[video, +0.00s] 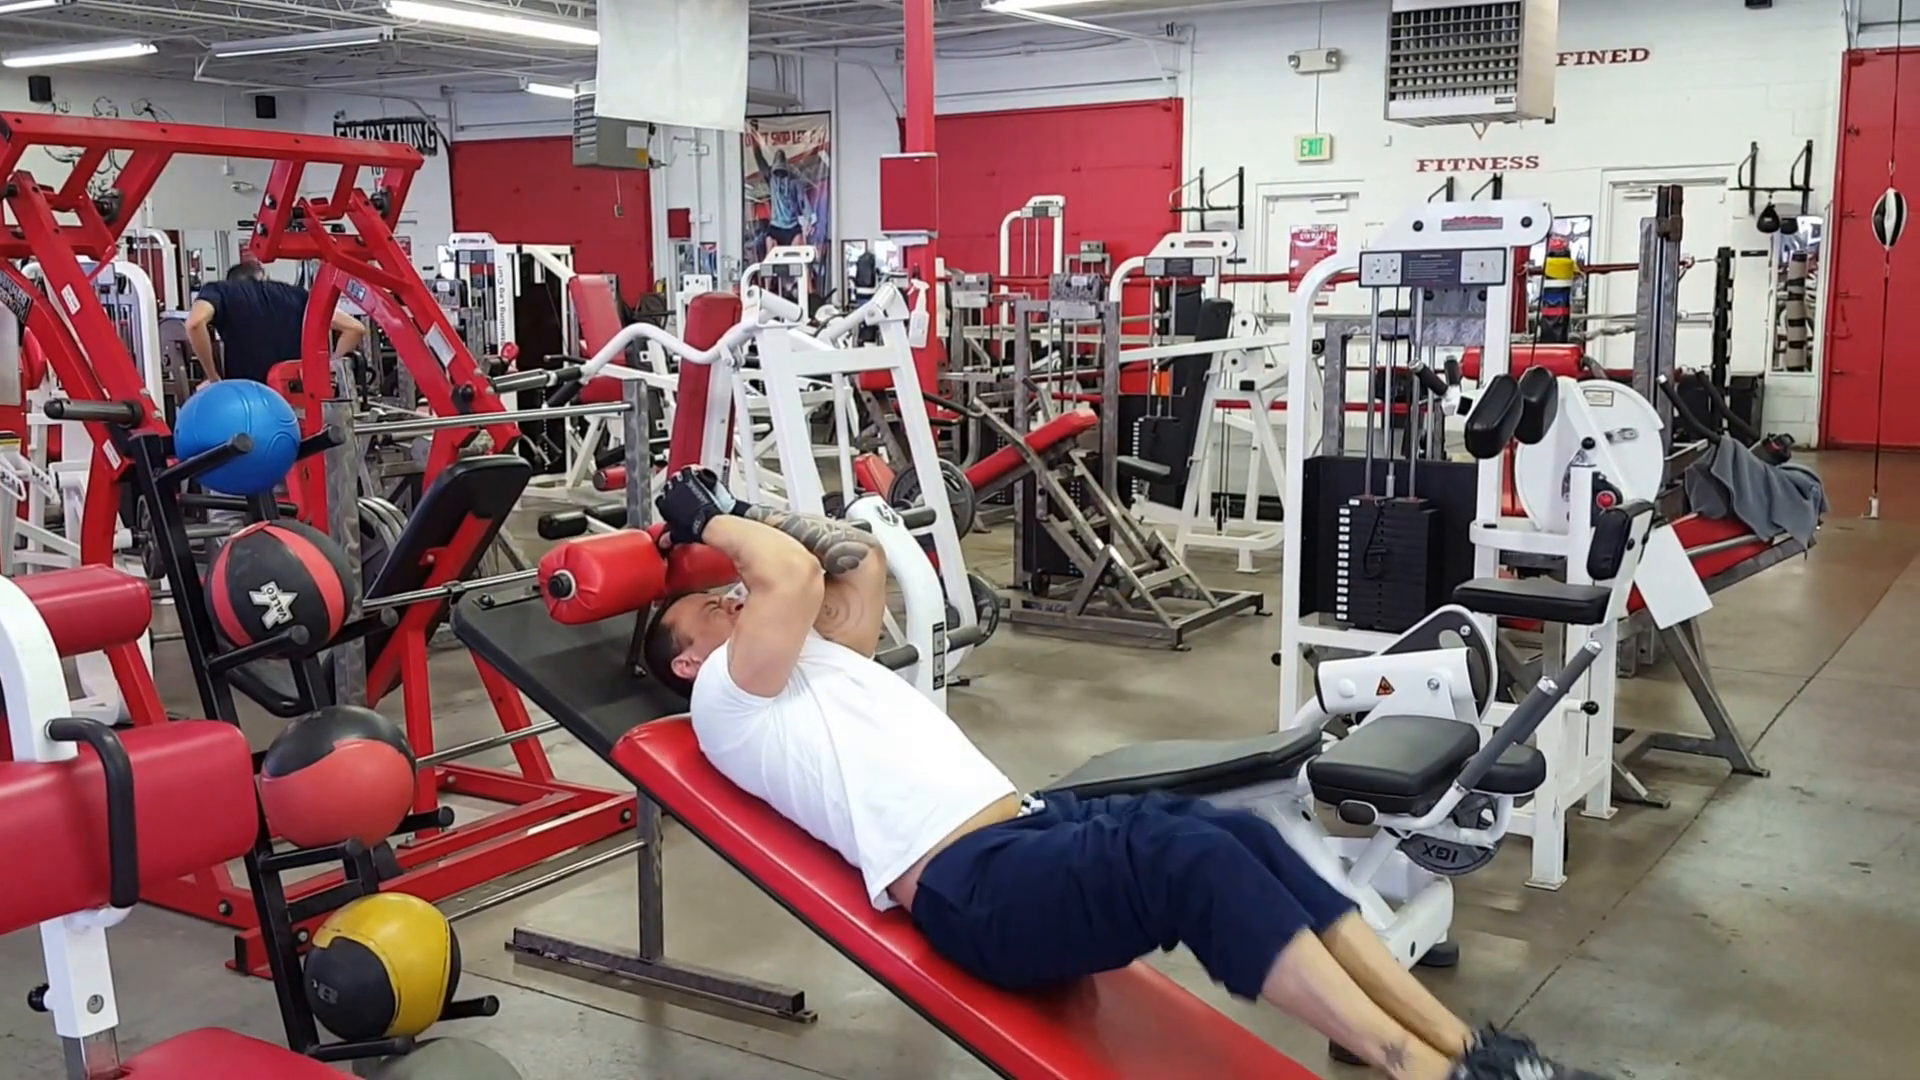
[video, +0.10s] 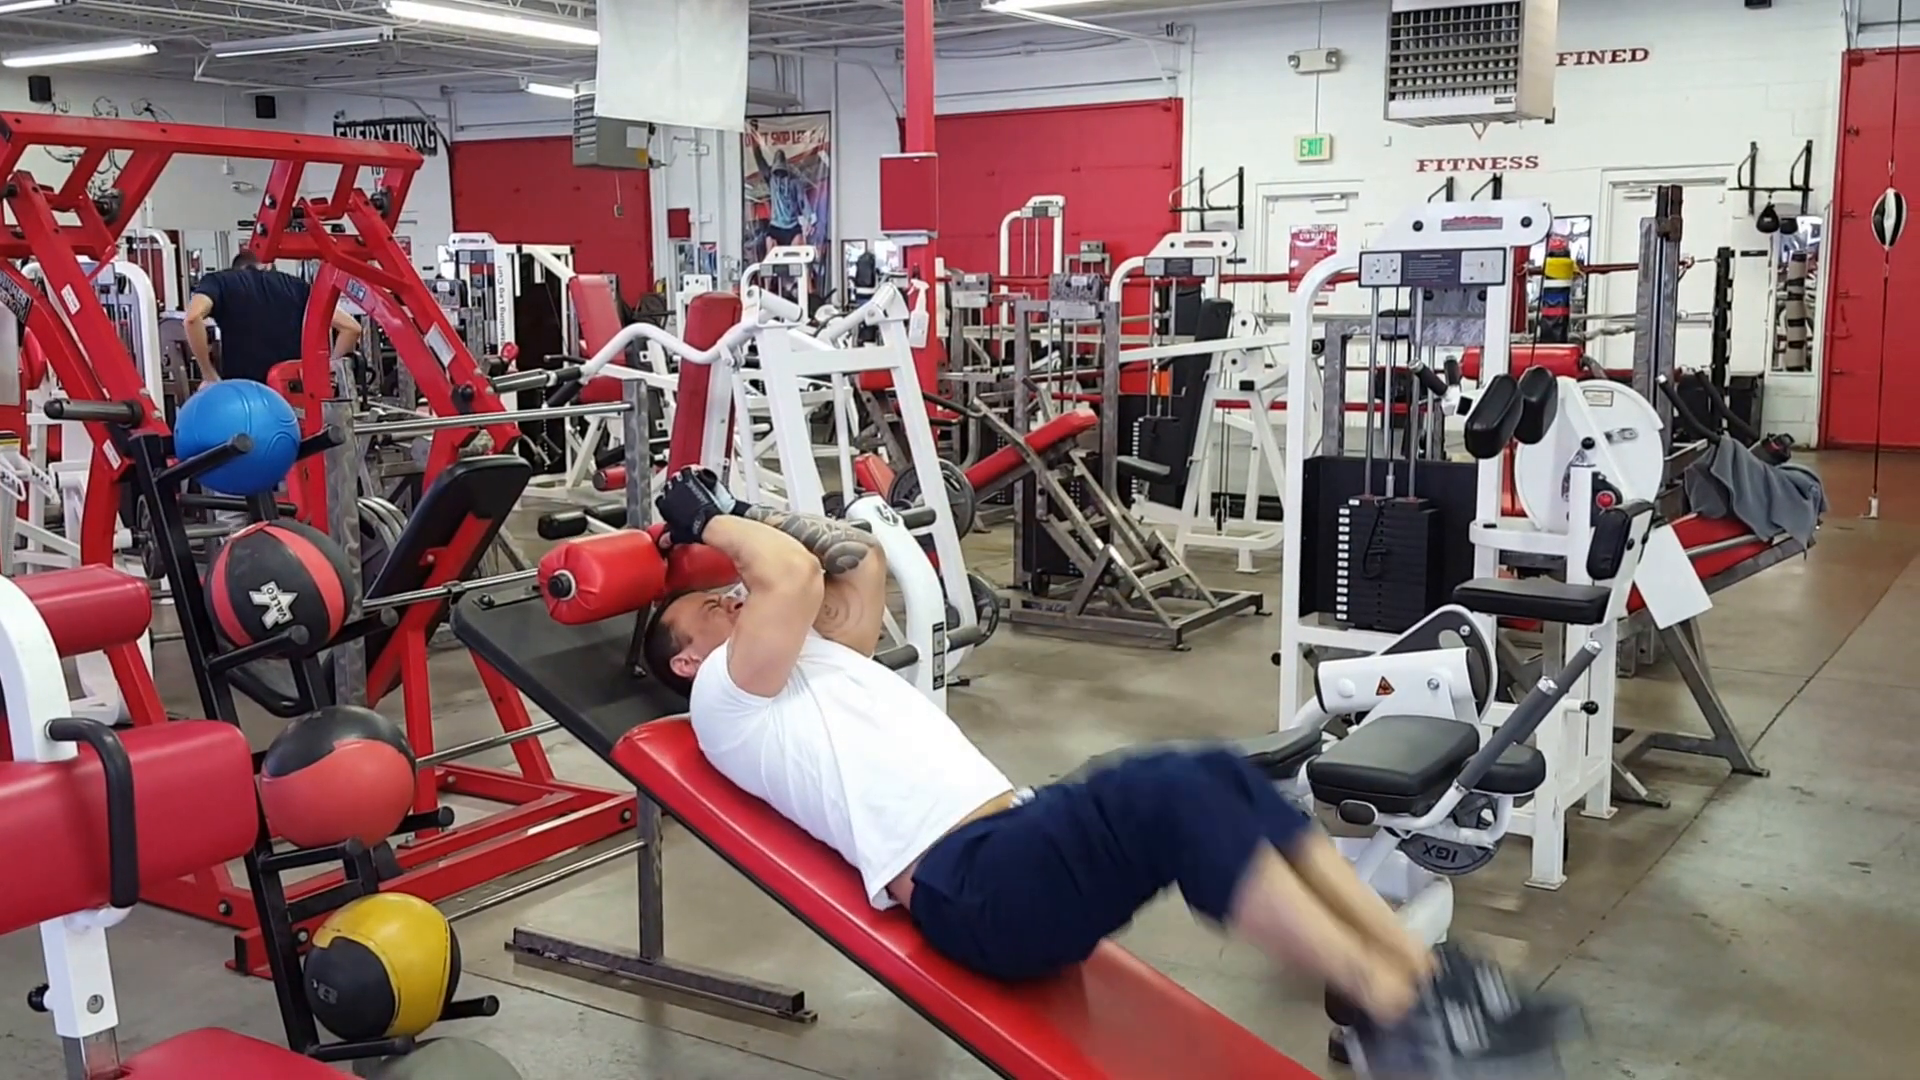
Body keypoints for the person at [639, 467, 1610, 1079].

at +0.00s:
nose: (735, 601)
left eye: (728, 593)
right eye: (710, 603)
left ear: (740, 610)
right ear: (684, 644)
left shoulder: (827, 665)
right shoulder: (722, 698)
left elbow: (868, 561)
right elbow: (790, 572)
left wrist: (765, 546)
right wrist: (709, 528)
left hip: (1041, 821)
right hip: (968, 874)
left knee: (1248, 838)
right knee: (1194, 854)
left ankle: (1454, 1042)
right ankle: (1397, 1059)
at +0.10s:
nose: (733, 602)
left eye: (725, 595)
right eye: (707, 606)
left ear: (738, 613)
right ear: (684, 646)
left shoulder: (825, 664)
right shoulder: (722, 698)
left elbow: (869, 562)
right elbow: (786, 571)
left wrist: (760, 541)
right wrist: (703, 528)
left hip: (1022, 837)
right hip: (962, 882)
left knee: (1232, 774)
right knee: (1176, 793)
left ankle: (1433, 984)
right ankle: (1387, 1014)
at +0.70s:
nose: (716, 603)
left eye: (708, 600)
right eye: (694, 610)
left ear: (717, 608)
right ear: (670, 651)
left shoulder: (771, 662)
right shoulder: (698, 686)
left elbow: (867, 604)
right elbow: (773, 572)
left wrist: (762, 550)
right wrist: (704, 516)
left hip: (1021, 682)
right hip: (958, 706)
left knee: (951, 471)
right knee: (891, 460)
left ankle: (987, 223)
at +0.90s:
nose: (720, 609)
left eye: (711, 604)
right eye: (698, 616)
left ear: (719, 615)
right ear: (677, 661)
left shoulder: (779, 665)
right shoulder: (706, 697)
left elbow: (868, 607)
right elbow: (775, 573)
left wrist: (772, 574)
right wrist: (708, 515)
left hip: (1036, 682)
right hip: (970, 707)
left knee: (953, 477)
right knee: (891, 467)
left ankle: (1010, 246)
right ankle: (988, 225)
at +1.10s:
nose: (721, 608)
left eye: (715, 600)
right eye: (699, 610)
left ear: (734, 605)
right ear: (668, 660)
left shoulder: (797, 656)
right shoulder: (702, 691)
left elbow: (844, 595)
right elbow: (779, 576)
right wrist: (710, 521)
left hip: (1033, 763)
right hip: (960, 800)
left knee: (941, 564)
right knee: (883, 562)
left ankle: (1105, 443)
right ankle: (1084, 432)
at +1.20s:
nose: (715, 605)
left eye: (706, 601)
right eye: (694, 609)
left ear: (714, 619)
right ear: (678, 649)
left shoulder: (800, 666)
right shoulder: (708, 687)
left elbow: (874, 619)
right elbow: (776, 574)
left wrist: (786, 557)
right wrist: (708, 518)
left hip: (1030, 790)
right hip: (967, 834)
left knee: (935, 595)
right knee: (911, 593)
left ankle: (1168, 549)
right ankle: (1153, 547)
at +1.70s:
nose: (759, 592)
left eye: (752, 583)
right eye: (733, 591)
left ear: (756, 609)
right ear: (703, 630)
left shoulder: (832, 658)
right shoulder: (724, 689)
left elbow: (869, 552)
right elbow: (783, 564)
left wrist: (763, 530)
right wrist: (704, 516)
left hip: (1027, 830)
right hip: (963, 874)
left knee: (1232, 773)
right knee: (1169, 786)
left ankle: (1398, 1009)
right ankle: (1351, 1032)